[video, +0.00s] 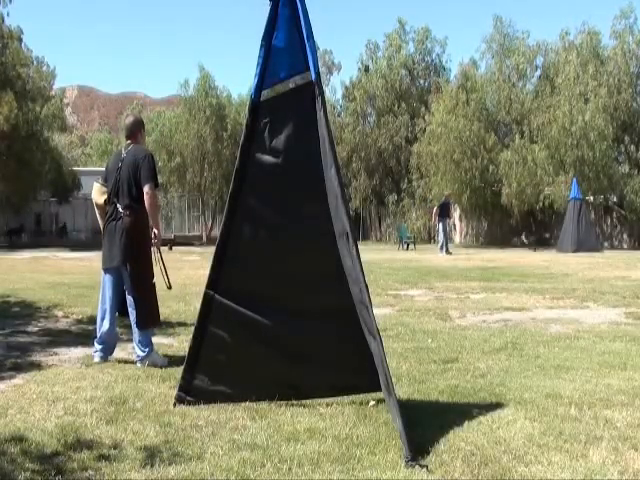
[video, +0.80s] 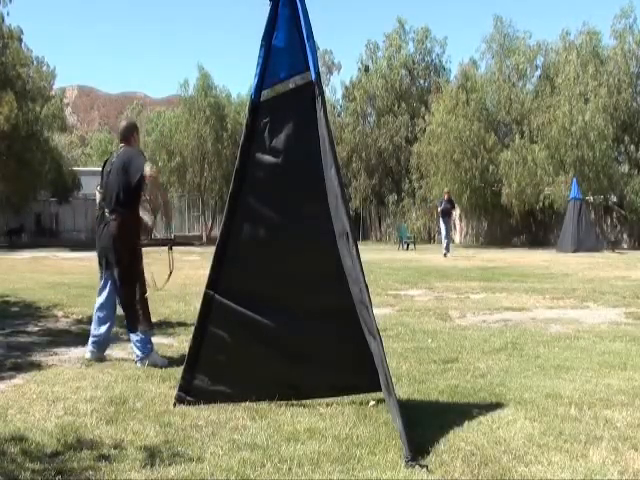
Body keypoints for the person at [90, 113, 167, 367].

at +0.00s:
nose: (146, 135)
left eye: (143, 132)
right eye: (145, 132)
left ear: (126, 135)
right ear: (141, 133)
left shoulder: (114, 159)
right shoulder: (144, 156)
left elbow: (98, 196)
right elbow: (149, 193)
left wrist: (105, 226)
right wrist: (156, 226)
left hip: (112, 229)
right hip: (134, 230)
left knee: (109, 294)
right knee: (138, 292)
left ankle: (101, 349)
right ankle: (144, 351)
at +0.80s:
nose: (140, 140)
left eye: (138, 136)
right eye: (139, 136)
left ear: (120, 138)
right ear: (135, 137)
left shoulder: (110, 160)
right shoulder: (134, 156)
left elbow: (101, 194)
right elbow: (148, 181)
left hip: (106, 223)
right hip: (124, 225)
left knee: (107, 288)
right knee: (132, 288)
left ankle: (96, 346)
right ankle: (144, 351)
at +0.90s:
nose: (140, 138)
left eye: (138, 135)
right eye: (139, 134)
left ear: (119, 138)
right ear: (134, 136)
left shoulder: (112, 160)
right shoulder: (128, 152)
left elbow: (110, 200)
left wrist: (140, 214)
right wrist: (167, 149)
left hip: (100, 236)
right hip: (119, 237)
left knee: (104, 292)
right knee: (138, 289)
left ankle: (95, 347)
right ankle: (143, 350)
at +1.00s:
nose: (144, 140)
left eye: (143, 137)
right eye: (142, 136)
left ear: (123, 138)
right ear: (135, 138)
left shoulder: (110, 163)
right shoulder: (129, 156)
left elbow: (94, 186)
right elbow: (143, 136)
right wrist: (163, 119)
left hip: (98, 238)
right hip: (118, 238)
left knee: (100, 296)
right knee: (133, 292)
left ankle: (95, 347)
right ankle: (130, 349)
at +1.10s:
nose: (144, 151)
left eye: (141, 148)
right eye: (143, 148)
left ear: (123, 148)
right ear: (139, 149)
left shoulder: (112, 164)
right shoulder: (141, 168)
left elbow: (90, 184)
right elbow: (167, 181)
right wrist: (177, 156)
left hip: (92, 224)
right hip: (111, 229)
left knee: (94, 285)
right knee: (122, 284)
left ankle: (94, 346)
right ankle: (126, 350)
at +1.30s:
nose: (140, 158)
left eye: (138, 154)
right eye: (139, 154)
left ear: (119, 154)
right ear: (133, 155)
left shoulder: (102, 168)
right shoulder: (135, 182)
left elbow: (75, 193)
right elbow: (137, 224)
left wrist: (88, 219)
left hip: (90, 230)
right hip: (112, 236)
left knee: (95, 289)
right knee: (127, 290)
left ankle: (89, 346)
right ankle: (127, 351)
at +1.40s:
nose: (131, 149)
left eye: (128, 144)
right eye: (131, 145)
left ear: (111, 144)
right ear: (127, 146)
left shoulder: (95, 161)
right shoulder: (131, 172)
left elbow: (76, 192)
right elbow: (132, 213)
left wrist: (92, 206)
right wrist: (131, 242)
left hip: (85, 230)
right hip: (108, 235)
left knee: (92, 290)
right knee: (117, 291)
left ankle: (74, 346)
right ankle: (127, 352)